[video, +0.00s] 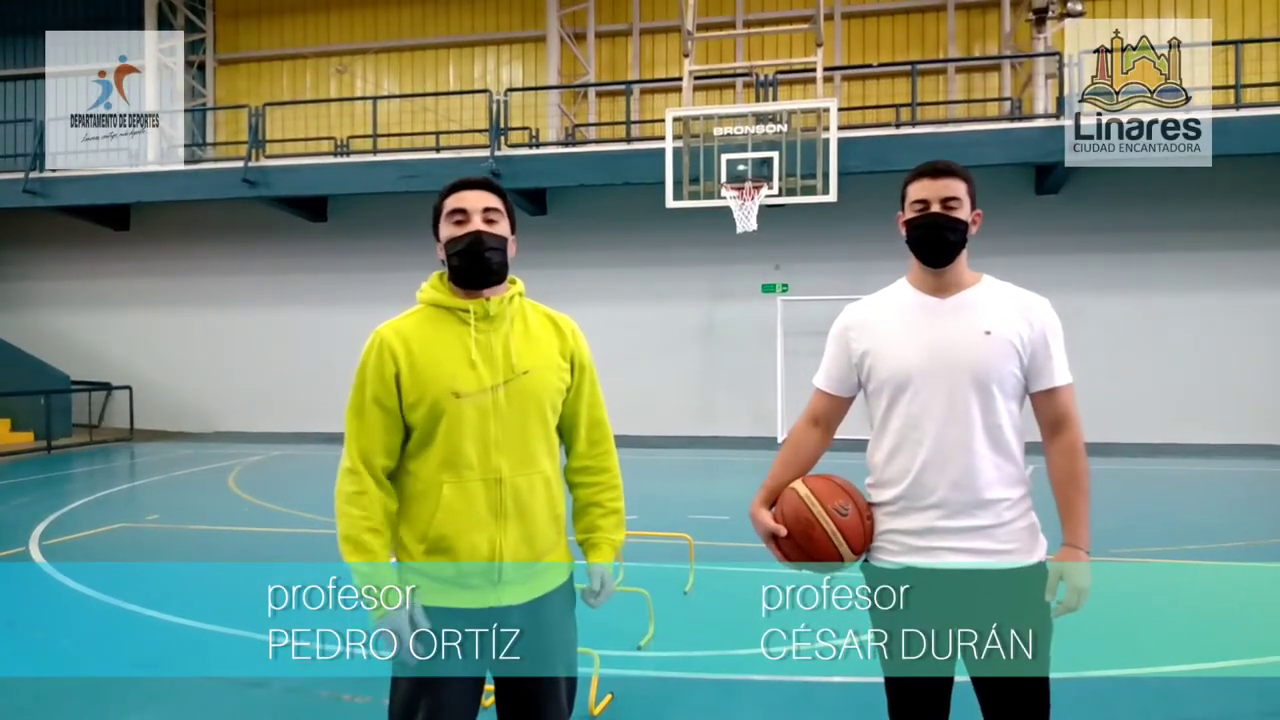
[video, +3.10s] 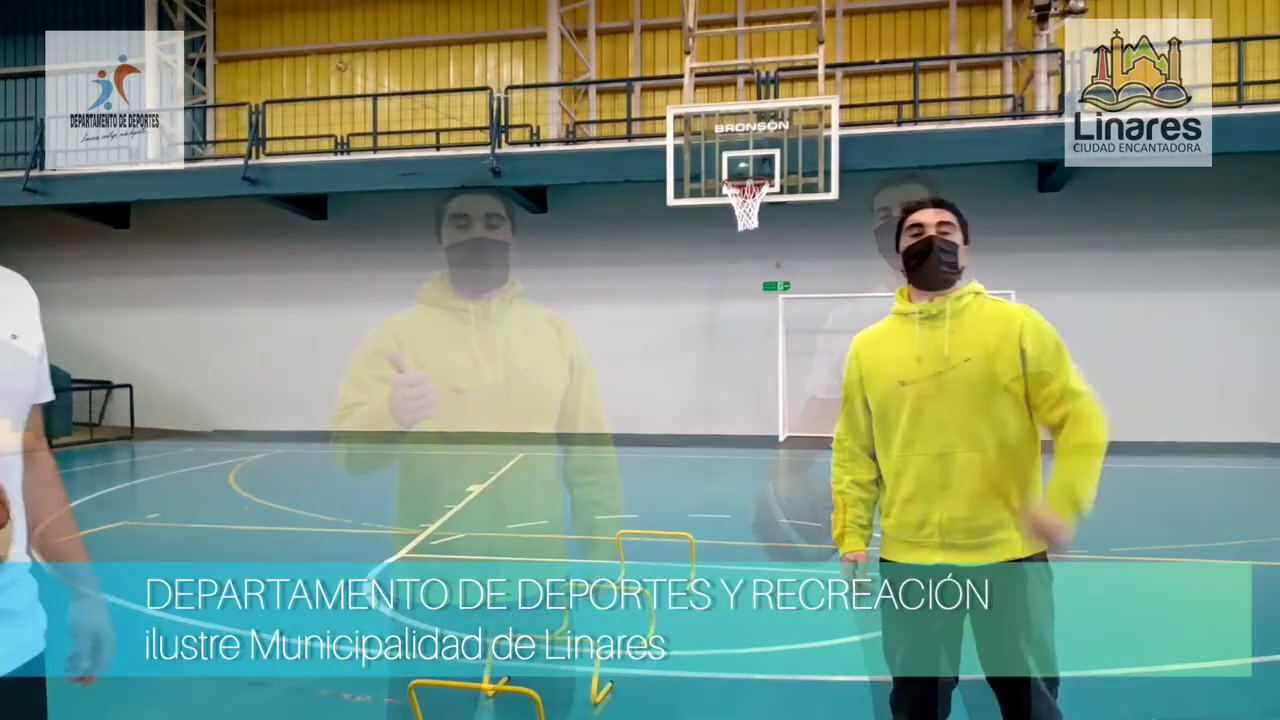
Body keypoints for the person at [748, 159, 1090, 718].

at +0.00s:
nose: (934, 216)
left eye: (949, 205)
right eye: (920, 207)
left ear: (974, 220)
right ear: (901, 224)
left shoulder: (1026, 315)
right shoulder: (861, 321)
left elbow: (1061, 432)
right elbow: (816, 424)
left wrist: (1075, 544)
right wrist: (762, 501)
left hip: (1006, 561)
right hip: (902, 562)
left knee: (1020, 711)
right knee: (914, 713)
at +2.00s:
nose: (929, 215)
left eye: (944, 204)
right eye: (914, 208)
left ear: (971, 220)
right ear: (898, 229)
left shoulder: (1027, 314)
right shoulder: (863, 324)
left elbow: (1064, 429)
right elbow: (818, 425)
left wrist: (1078, 542)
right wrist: (764, 502)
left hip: (1008, 563)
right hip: (904, 564)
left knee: (1021, 711)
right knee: (914, 712)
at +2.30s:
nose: (920, 215)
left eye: (935, 204)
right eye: (905, 210)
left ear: (964, 220)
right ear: (894, 232)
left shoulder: (1023, 313)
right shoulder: (860, 324)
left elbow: (1063, 423)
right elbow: (816, 425)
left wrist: (1060, 500)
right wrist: (763, 496)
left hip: (1001, 556)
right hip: (899, 557)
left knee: (1017, 709)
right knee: (911, 713)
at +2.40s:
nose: (915, 215)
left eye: (930, 204)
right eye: (901, 212)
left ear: (961, 219)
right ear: (891, 234)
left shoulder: (1021, 313)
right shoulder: (859, 324)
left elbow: (1066, 422)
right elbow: (815, 424)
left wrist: (1037, 435)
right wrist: (762, 494)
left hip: (998, 557)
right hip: (896, 557)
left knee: (1017, 710)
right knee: (909, 714)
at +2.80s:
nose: (900, 221)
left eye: (915, 209)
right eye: (887, 218)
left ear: (949, 222)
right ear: (880, 238)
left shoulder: (1003, 310)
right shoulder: (853, 324)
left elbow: (1053, 421)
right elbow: (812, 425)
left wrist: (1016, 348)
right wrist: (761, 489)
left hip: (983, 553)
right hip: (885, 554)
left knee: (1005, 710)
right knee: (902, 711)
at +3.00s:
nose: (946, 239)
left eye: (958, 230)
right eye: (929, 232)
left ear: (976, 250)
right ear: (910, 253)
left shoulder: (1020, 323)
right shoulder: (875, 344)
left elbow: (1102, 397)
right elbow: (855, 455)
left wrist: (1042, 406)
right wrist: (853, 544)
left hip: (1010, 547)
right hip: (915, 550)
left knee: (1022, 691)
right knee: (915, 696)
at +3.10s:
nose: (931, 236)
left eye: (945, 229)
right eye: (916, 230)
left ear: (965, 250)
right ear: (900, 257)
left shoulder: (1017, 327)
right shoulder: (870, 347)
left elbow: (1081, 419)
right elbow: (854, 453)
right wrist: (853, 535)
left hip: (1009, 553)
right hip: (912, 556)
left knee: (1029, 701)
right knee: (916, 702)